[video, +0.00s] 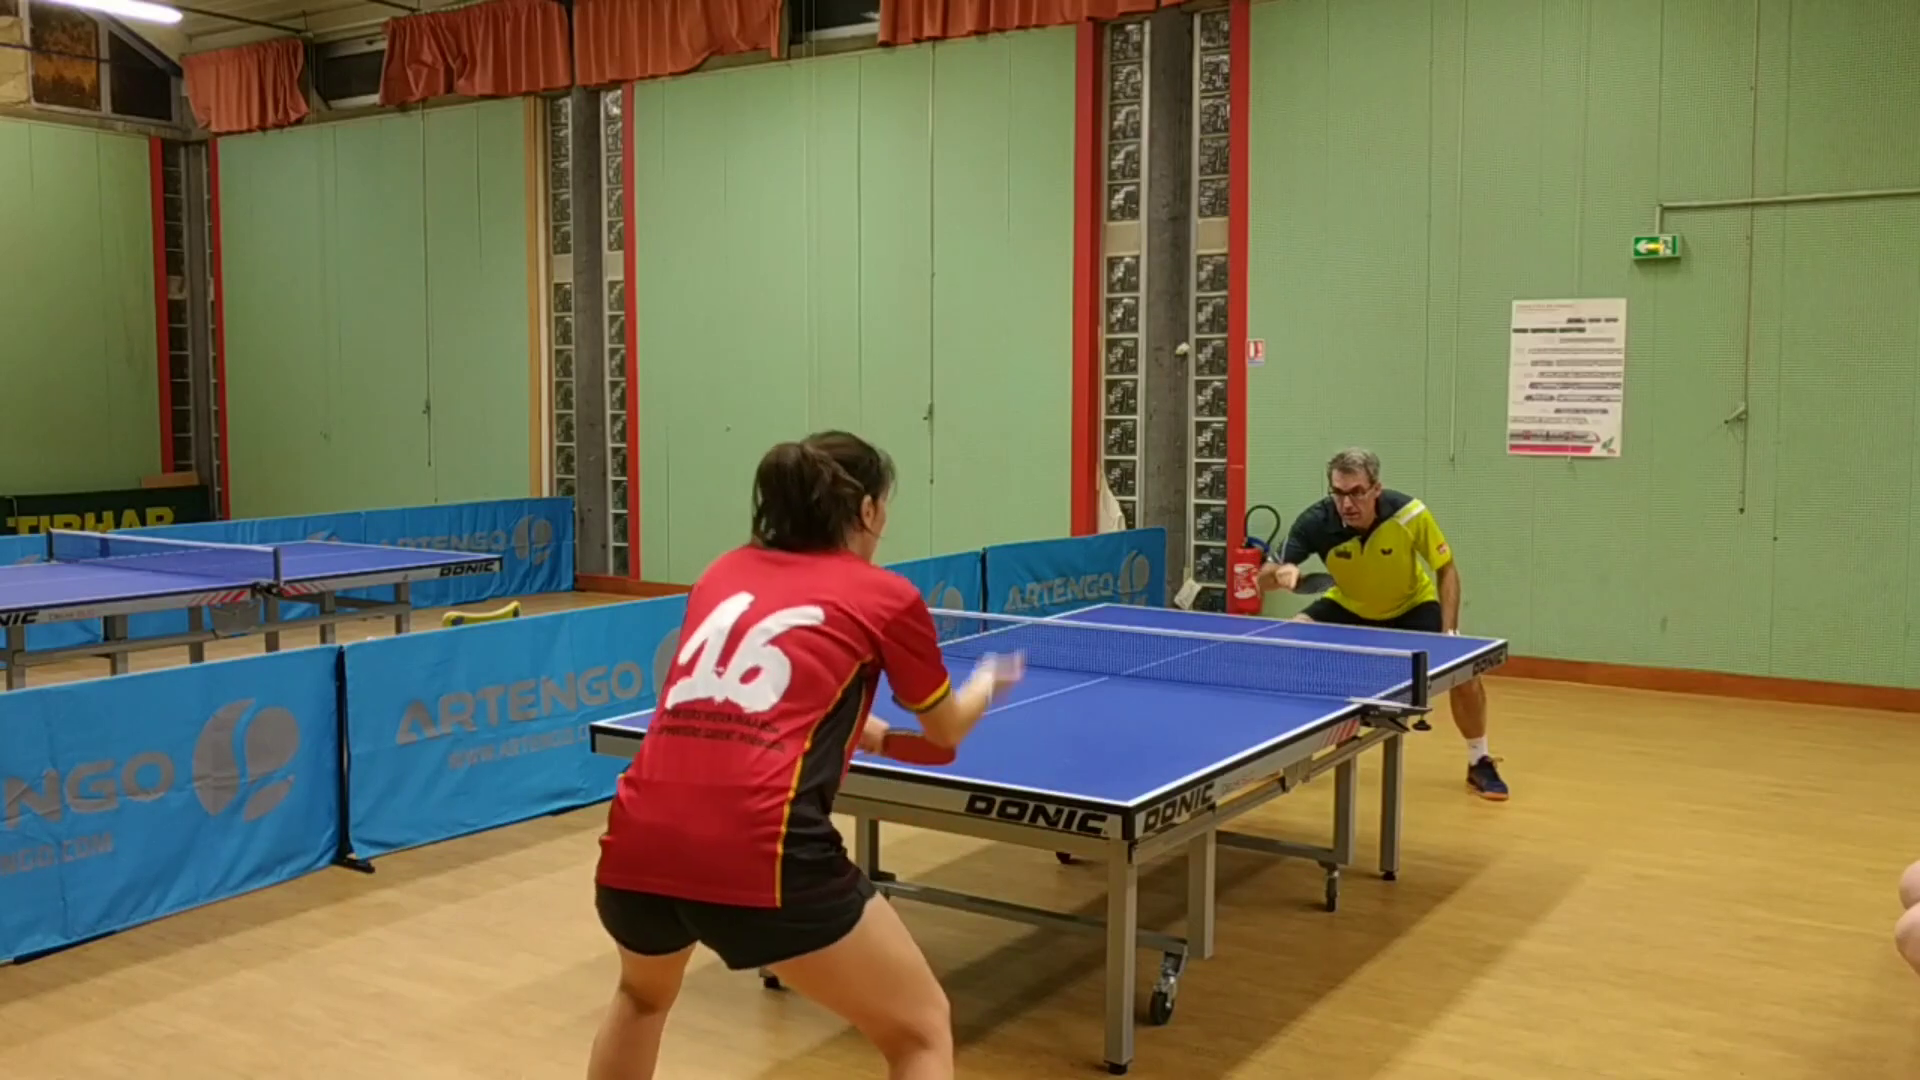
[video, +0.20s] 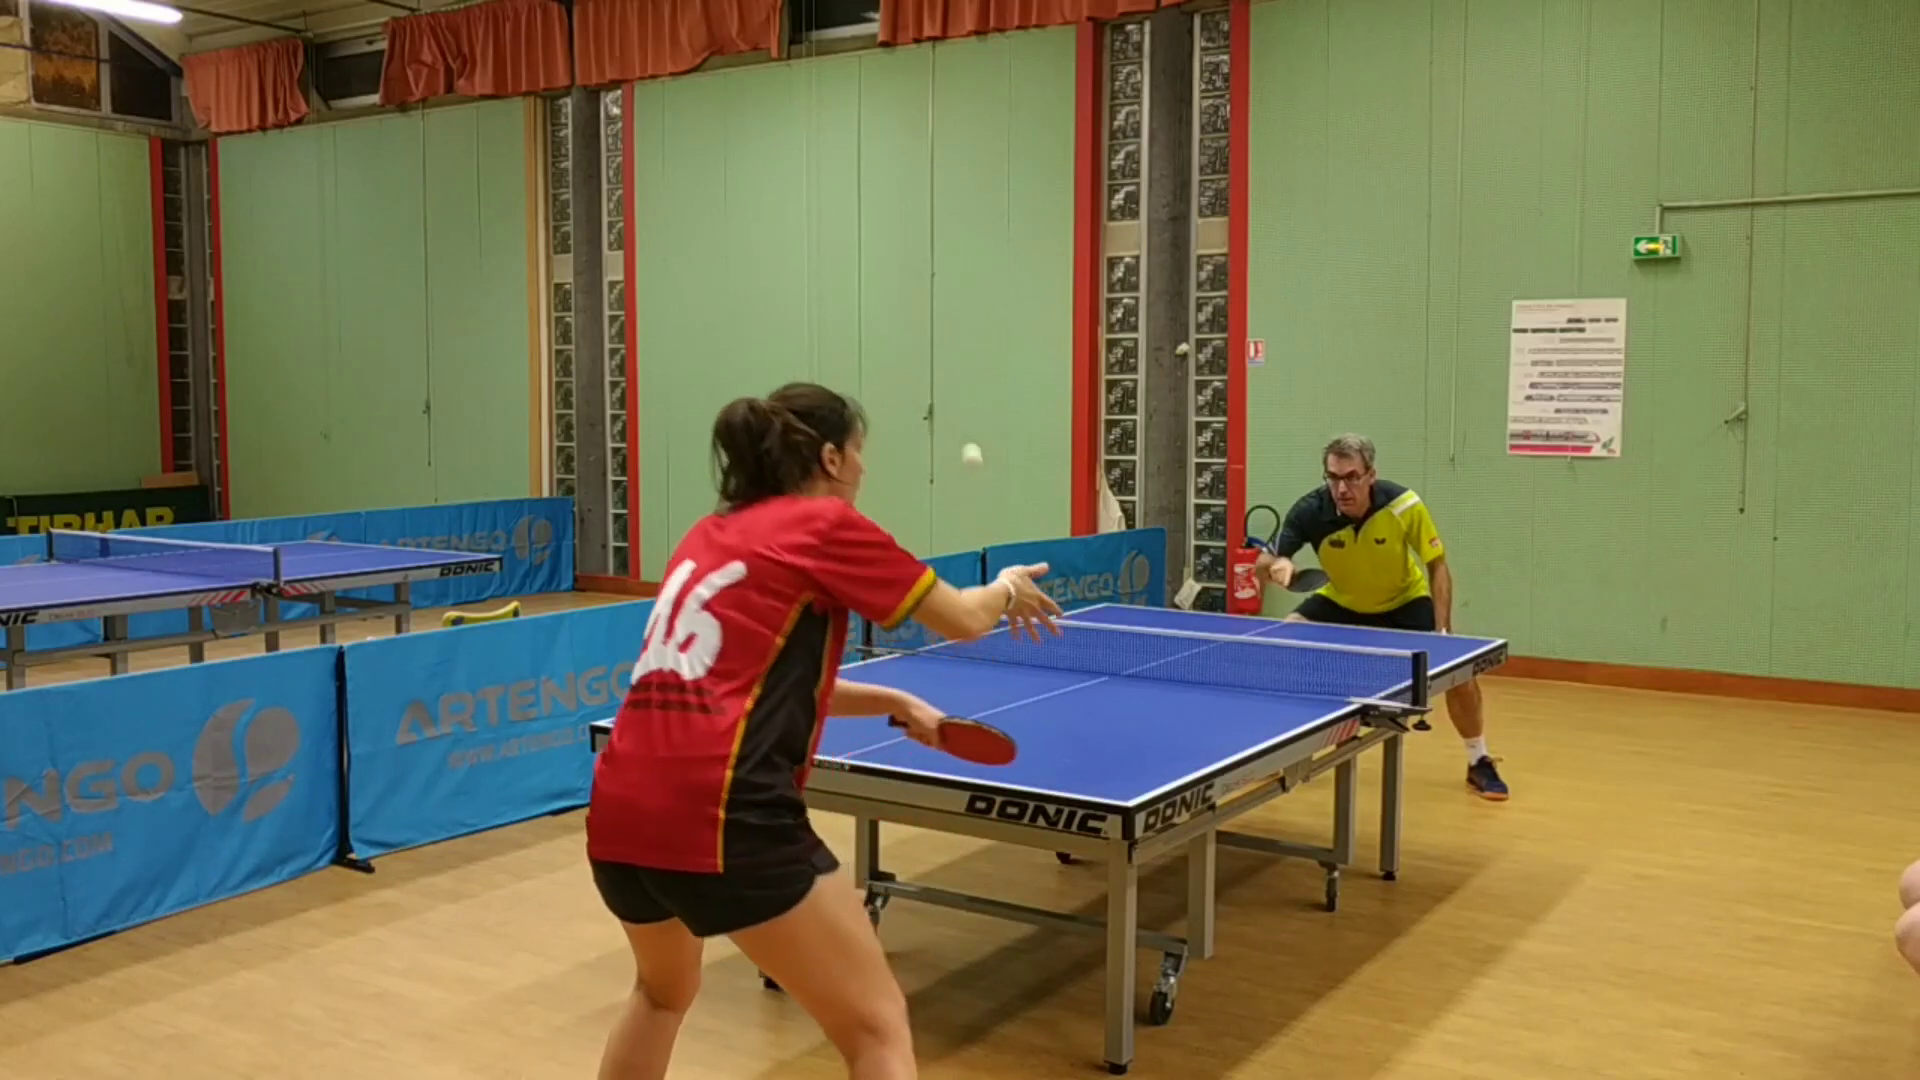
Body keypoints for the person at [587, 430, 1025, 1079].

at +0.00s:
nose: (886, 516)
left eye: (886, 500)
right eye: (885, 501)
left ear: (787, 502)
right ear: (866, 510)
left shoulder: (725, 569)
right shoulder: (886, 595)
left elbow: (742, 700)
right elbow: (947, 728)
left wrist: (869, 732)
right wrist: (986, 682)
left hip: (637, 854)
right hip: (763, 865)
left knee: (638, 999)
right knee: (920, 1035)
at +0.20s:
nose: (863, 467)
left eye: (861, 452)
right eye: (859, 451)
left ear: (772, 456)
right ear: (829, 457)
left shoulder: (710, 533)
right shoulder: (824, 525)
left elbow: (763, 686)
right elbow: (963, 620)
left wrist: (891, 700)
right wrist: (1008, 586)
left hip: (620, 811)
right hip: (726, 815)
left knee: (661, 990)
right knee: (874, 1027)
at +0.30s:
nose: (853, 445)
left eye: (850, 429)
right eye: (844, 429)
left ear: (775, 441)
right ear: (809, 438)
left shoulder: (700, 513)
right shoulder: (791, 501)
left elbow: (757, 668)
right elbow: (945, 579)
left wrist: (887, 684)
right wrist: (1008, 596)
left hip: (604, 782)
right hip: (703, 782)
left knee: (656, 989)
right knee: (857, 1001)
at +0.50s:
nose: (865, 458)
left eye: (864, 442)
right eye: (858, 440)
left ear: (789, 442)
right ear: (816, 444)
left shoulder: (704, 510)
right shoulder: (786, 501)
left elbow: (720, 683)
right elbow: (935, 558)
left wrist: (819, 653)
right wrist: (1000, 602)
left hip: (593, 783)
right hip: (691, 780)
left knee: (653, 987)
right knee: (890, 902)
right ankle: (797, 1070)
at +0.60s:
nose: (880, 480)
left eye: (880, 463)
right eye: (876, 461)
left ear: (787, 454)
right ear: (840, 460)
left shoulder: (711, 514)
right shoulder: (809, 515)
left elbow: (704, 640)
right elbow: (950, 581)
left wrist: (811, 649)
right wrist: (1004, 630)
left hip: (605, 793)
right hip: (704, 792)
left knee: (657, 991)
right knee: (902, 911)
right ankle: (812, 1069)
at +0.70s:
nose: (903, 481)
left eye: (905, 466)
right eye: (902, 465)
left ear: (821, 456)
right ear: (873, 463)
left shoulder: (741, 512)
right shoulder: (848, 525)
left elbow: (765, 603)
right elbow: (1001, 597)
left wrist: (852, 658)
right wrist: (997, 654)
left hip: (629, 788)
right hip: (732, 794)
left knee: (660, 995)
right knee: (886, 996)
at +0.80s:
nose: (936, 471)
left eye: (937, 457)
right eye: (936, 456)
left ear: (841, 453)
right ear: (917, 462)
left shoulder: (776, 514)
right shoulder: (886, 532)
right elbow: (1051, 601)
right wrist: (998, 635)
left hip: (660, 794)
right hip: (764, 802)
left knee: (676, 992)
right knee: (918, 994)